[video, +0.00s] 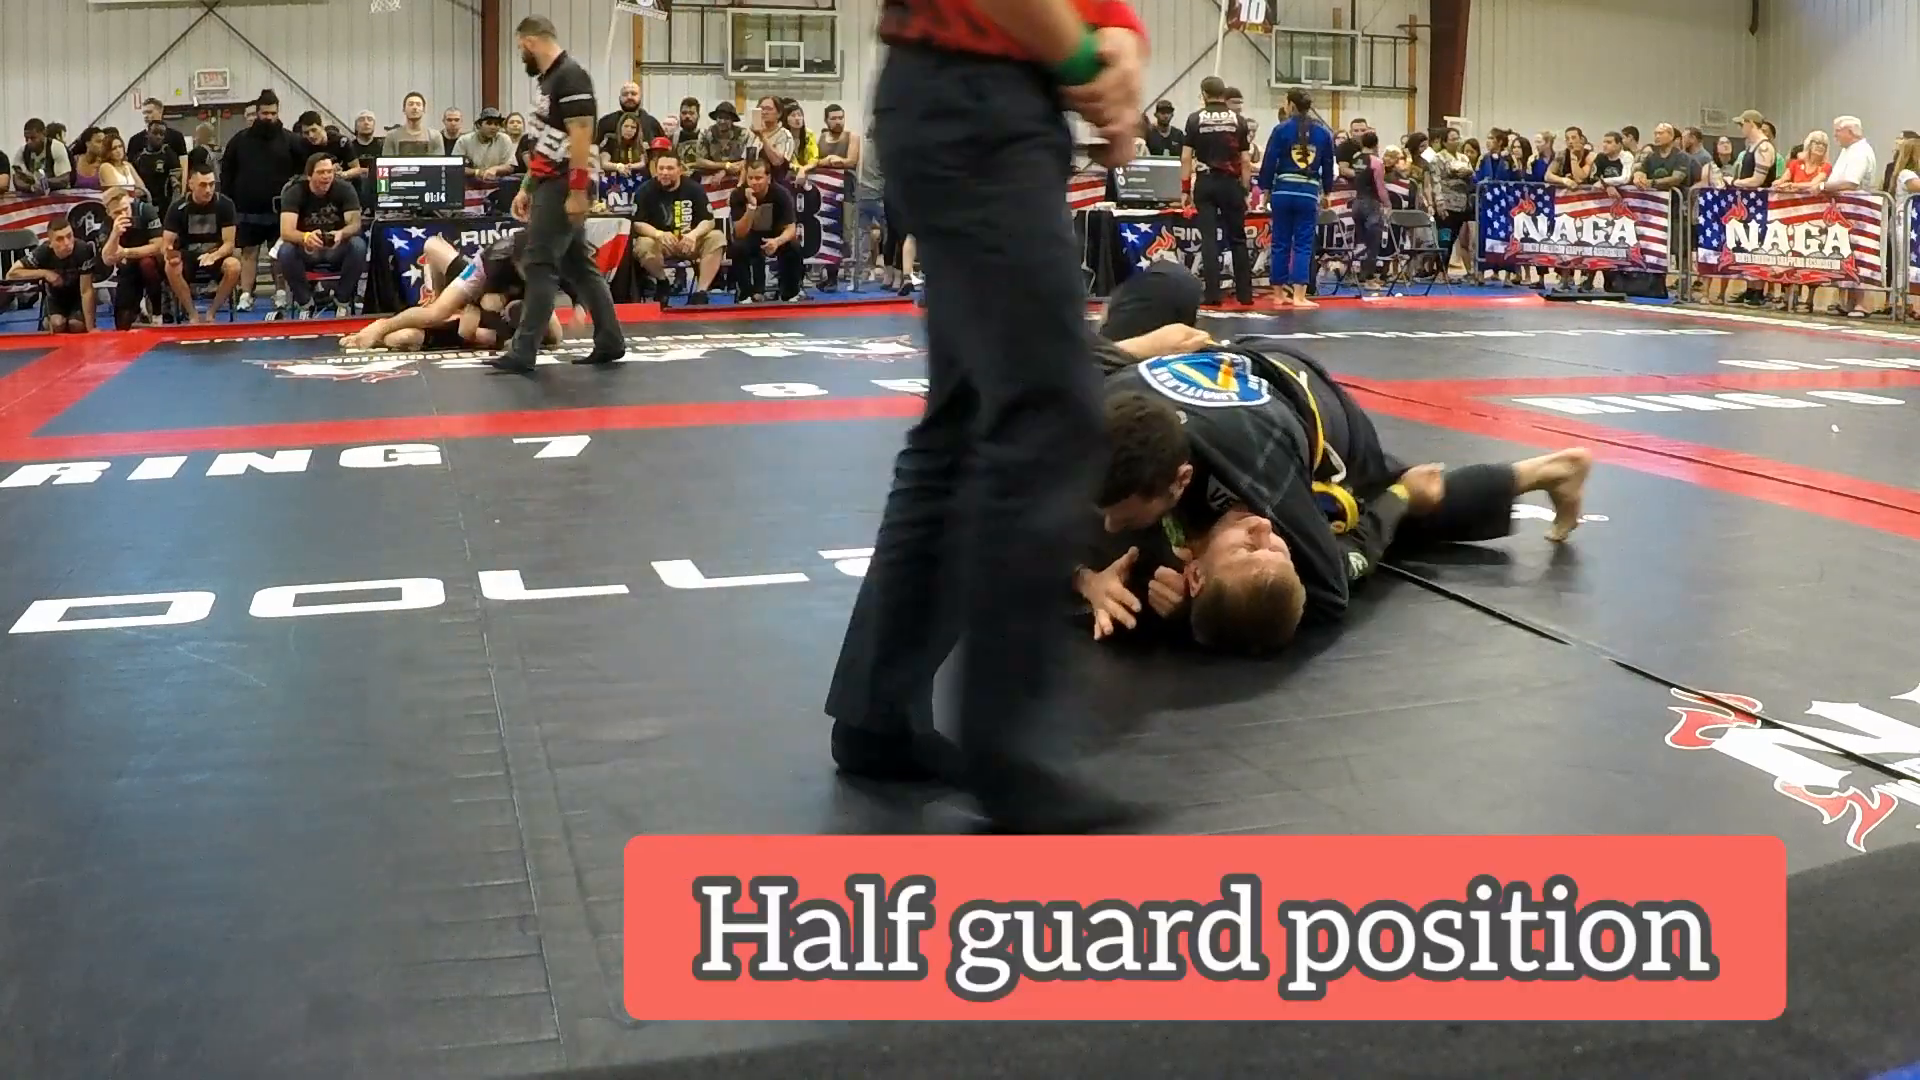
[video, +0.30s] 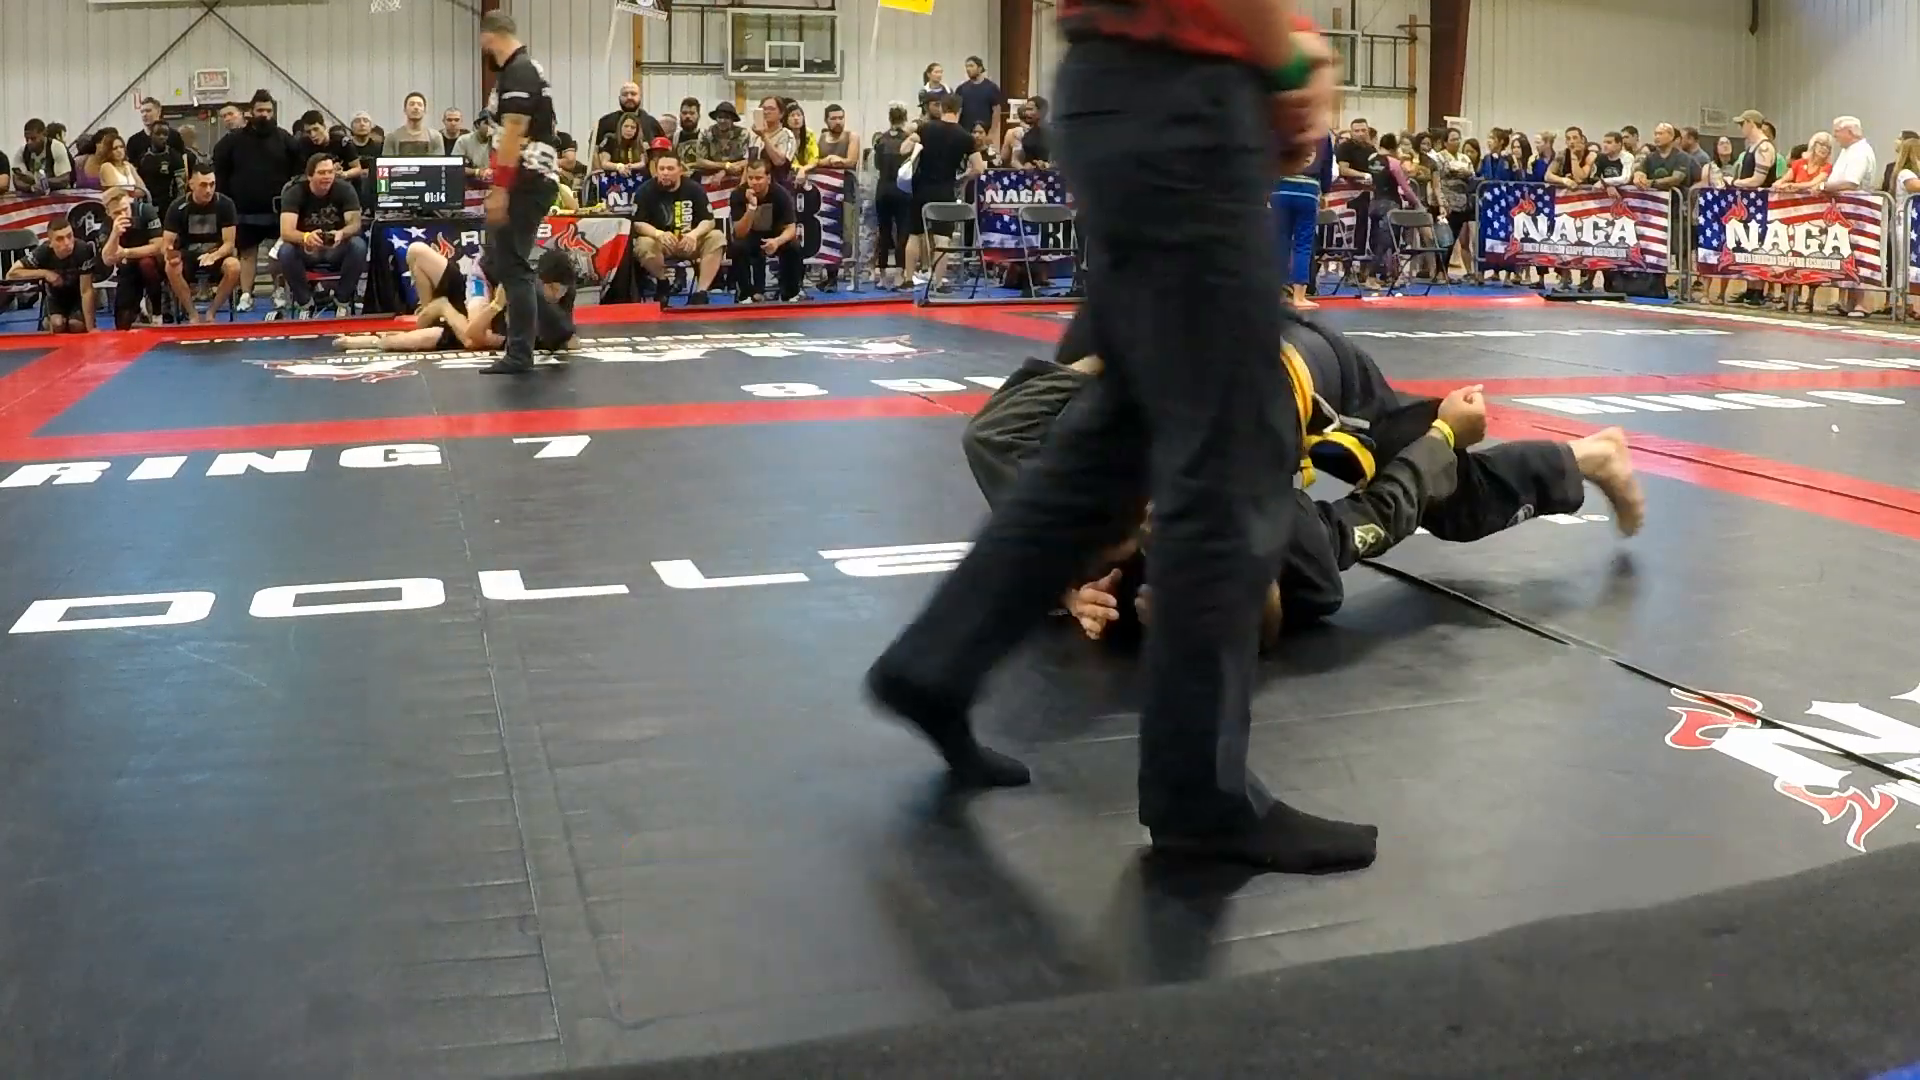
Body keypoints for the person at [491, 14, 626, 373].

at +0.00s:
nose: (521, 54)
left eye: (522, 47)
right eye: (521, 48)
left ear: (532, 42)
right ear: (540, 42)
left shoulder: (571, 76)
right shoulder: (548, 80)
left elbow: (581, 134)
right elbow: (544, 142)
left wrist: (578, 189)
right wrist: (527, 187)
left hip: (561, 184)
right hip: (547, 184)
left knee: (541, 264)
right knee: (576, 266)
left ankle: (522, 352)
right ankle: (610, 343)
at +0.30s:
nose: (486, 52)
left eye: (486, 46)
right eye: (485, 46)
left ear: (494, 40)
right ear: (511, 37)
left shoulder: (517, 72)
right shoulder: (526, 70)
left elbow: (515, 131)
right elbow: (526, 131)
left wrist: (500, 184)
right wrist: (500, 171)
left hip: (527, 178)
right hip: (530, 178)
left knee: (510, 262)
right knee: (497, 260)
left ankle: (519, 354)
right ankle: (557, 331)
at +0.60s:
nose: (460, 53)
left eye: (458, 47)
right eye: (459, 48)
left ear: (463, 42)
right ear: (488, 37)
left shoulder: (487, 69)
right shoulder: (505, 70)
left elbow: (468, 127)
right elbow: (493, 133)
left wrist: (435, 179)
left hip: (493, 182)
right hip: (498, 182)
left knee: (481, 265)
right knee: (469, 266)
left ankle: (515, 349)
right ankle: (473, 355)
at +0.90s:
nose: (457, 45)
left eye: (455, 40)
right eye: (459, 40)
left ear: (459, 37)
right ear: (489, 36)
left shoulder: (468, 65)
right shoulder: (507, 71)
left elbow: (453, 126)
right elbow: (511, 131)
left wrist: (439, 180)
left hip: (472, 179)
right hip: (499, 185)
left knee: (448, 261)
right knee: (477, 262)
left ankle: (500, 339)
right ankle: (473, 354)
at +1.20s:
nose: (465, 39)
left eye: (464, 35)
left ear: (465, 34)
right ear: (499, 33)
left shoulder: (459, 67)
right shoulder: (523, 72)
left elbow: (441, 129)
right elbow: (533, 133)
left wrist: (429, 183)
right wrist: (523, 181)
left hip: (472, 185)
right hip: (512, 186)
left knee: (477, 269)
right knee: (490, 269)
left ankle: (507, 356)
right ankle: (475, 356)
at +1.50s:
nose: (470, 38)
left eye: (468, 33)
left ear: (470, 33)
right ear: (504, 30)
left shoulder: (457, 74)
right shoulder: (536, 67)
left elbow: (442, 137)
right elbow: (556, 125)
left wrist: (439, 195)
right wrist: (558, 179)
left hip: (487, 188)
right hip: (533, 185)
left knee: (500, 272)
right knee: (521, 267)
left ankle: (512, 362)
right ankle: (512, 350)